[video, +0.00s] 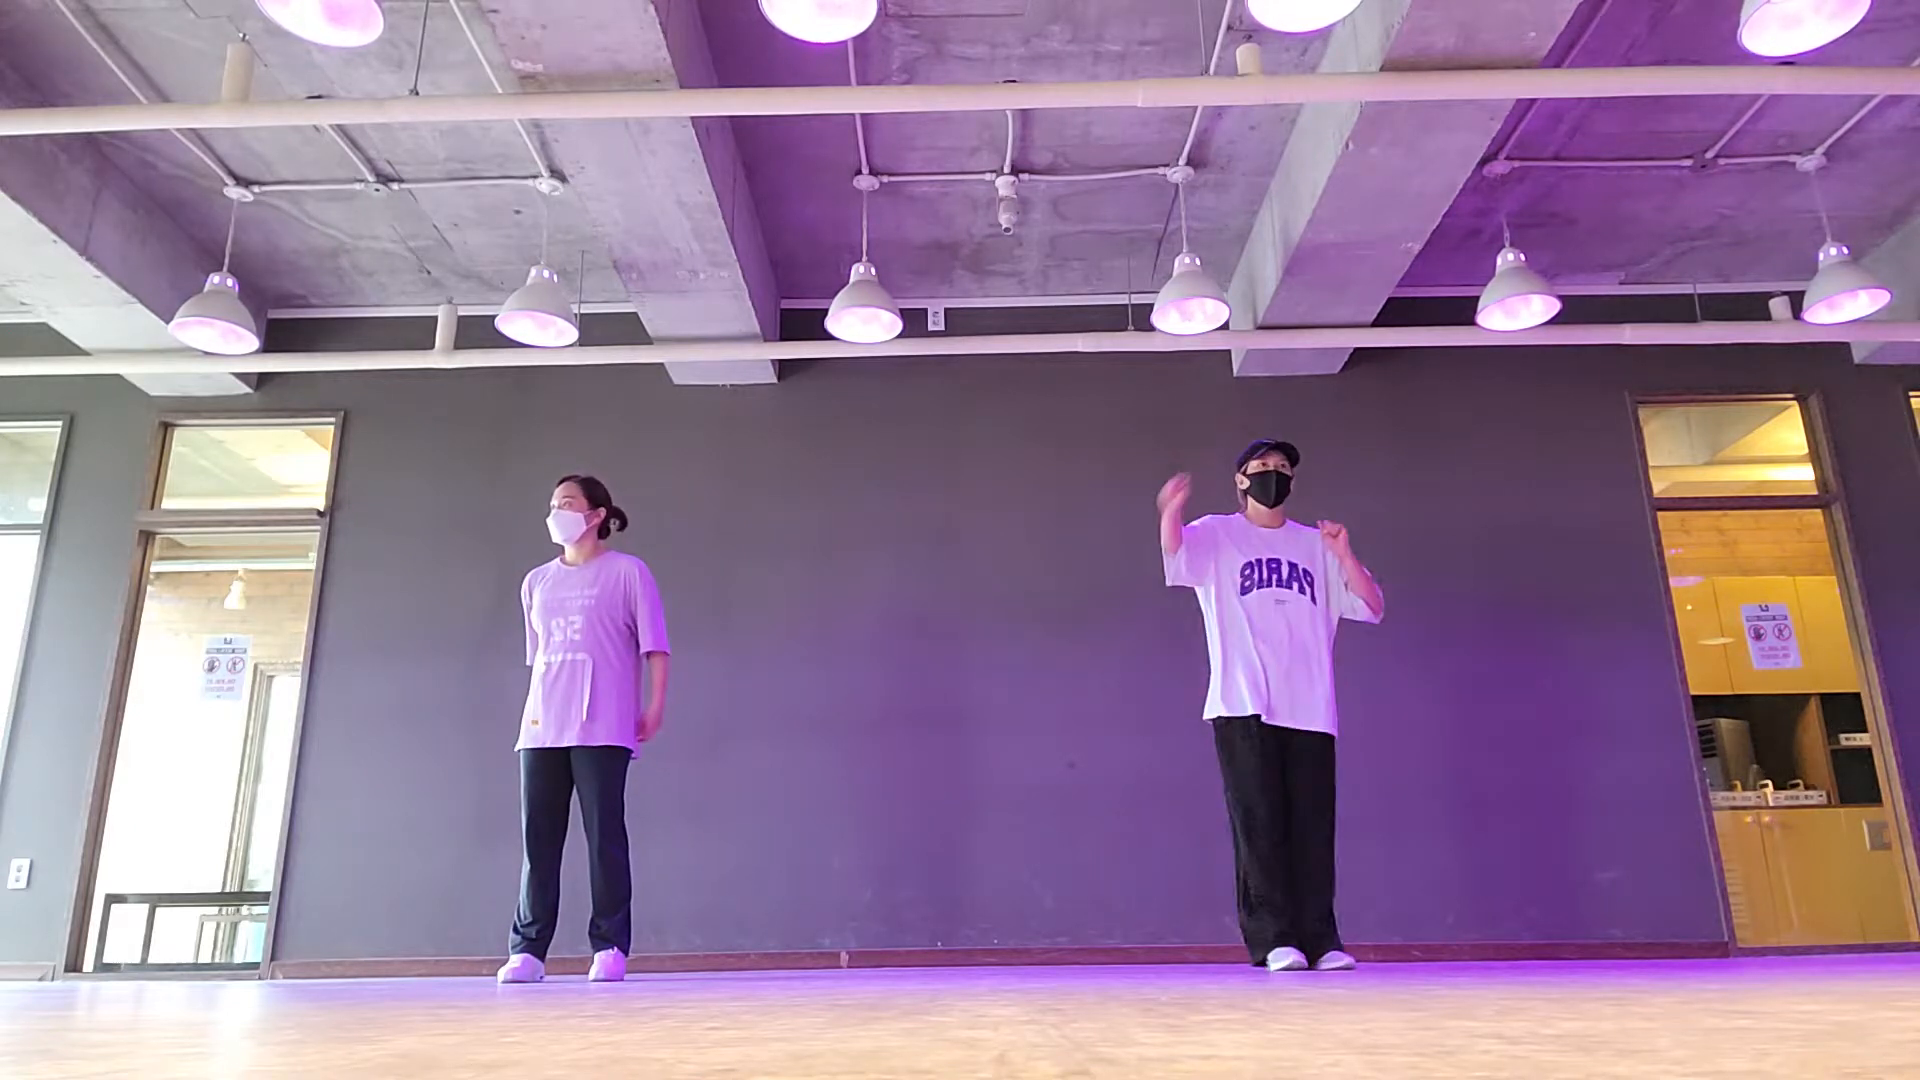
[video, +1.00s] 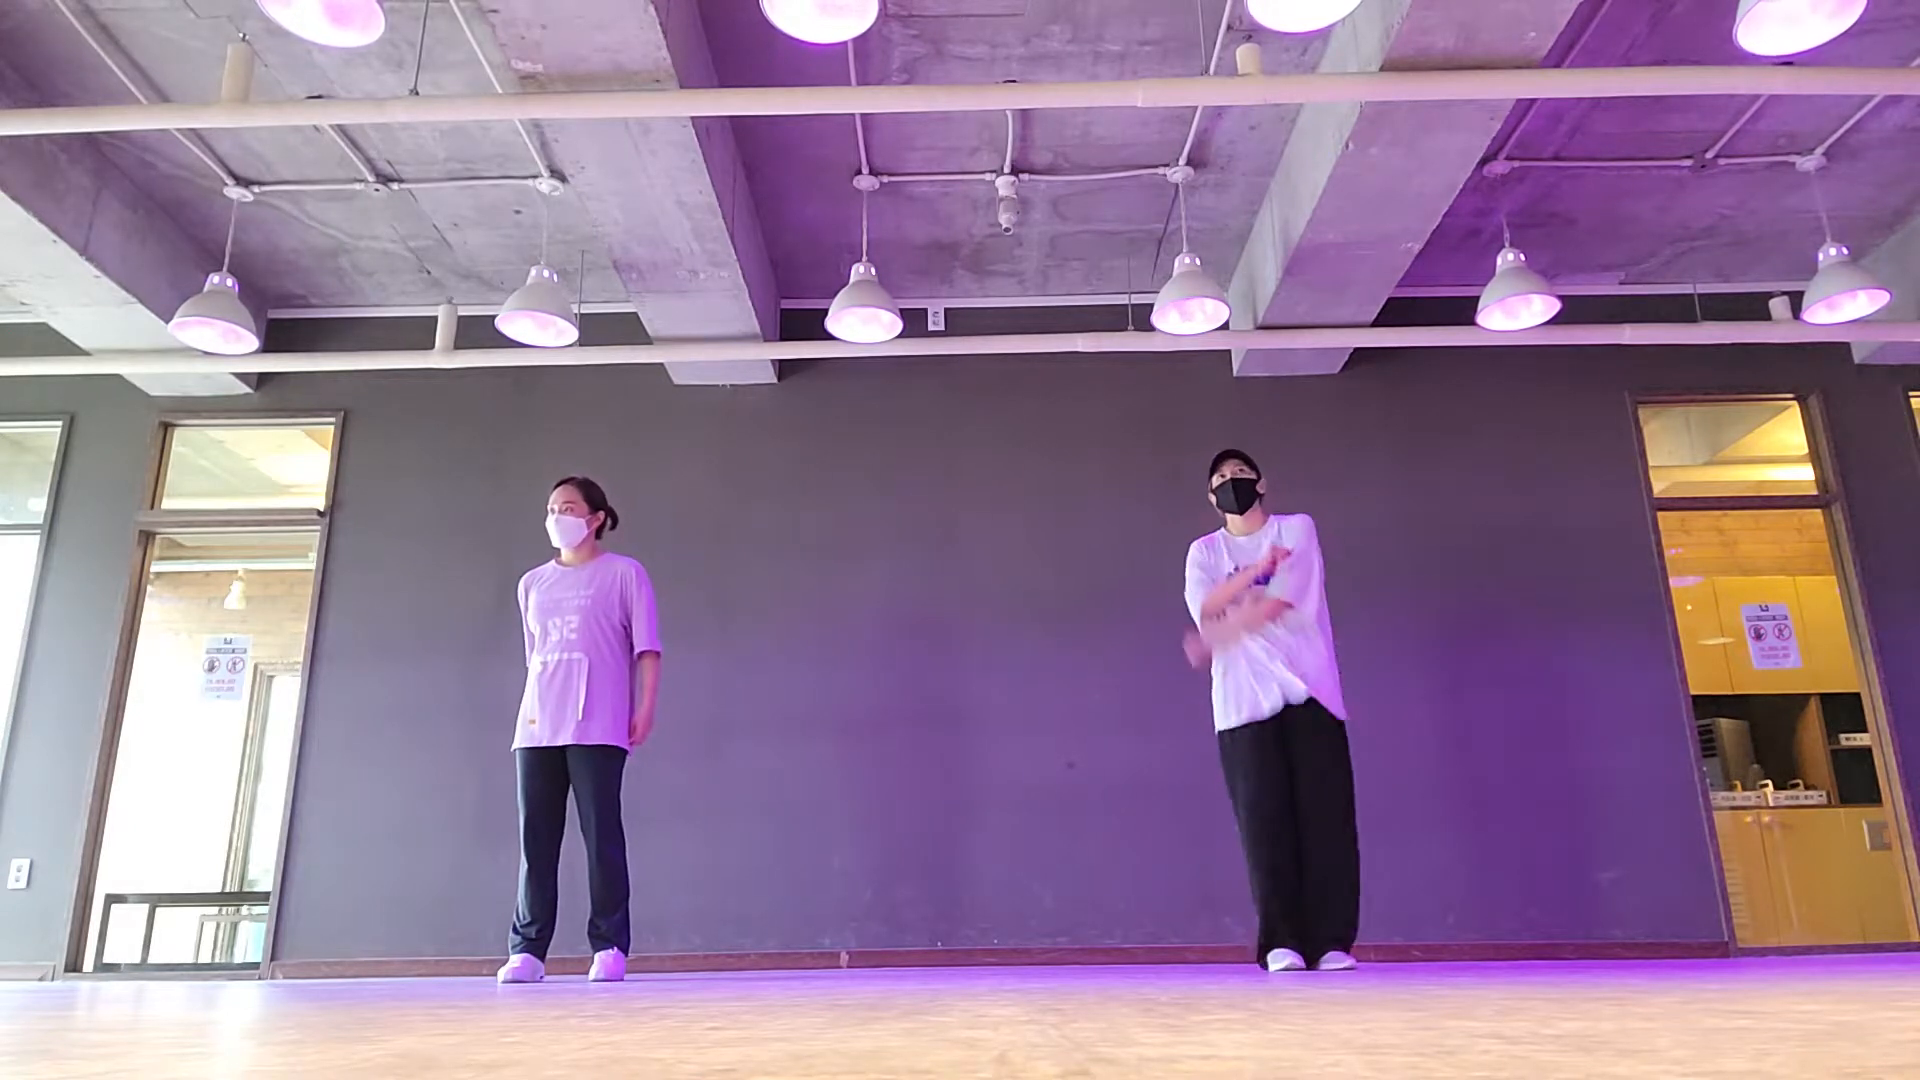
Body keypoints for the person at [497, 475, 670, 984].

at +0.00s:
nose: (556, 513)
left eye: (568, 505)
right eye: (553, 505)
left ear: (598, 516)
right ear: (549, 517)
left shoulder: (628, 572)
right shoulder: (536, 581)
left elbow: (656, 648)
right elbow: (537, 661)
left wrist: (653, 709)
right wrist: (531, 721)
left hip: (603, 722)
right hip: (543, 724)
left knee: (604, 838)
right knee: (538, 840)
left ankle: (609, 948)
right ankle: (527, 950)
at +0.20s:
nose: (556, 515)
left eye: (567, 507)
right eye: (553, 508)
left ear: (597, 517)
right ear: (548, 518)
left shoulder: (628, 571)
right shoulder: (535, 582)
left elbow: (655, 648)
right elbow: (538, 660)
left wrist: (652, 710)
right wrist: (535, 718)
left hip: (603, 721)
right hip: (543, 723)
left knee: (604, 838)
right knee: (538, 839)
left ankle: (609, 948)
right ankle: (527, 950)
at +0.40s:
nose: (556, 515)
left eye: (568, 508)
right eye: (553, 508)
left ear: (598, 518)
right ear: (548, 519)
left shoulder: (628, 572)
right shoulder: (535, 582)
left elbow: (655, 649)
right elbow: (537, 662)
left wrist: (651, 711)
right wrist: (531, 721)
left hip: (603, 722)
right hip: (543, 725)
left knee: (604, 838)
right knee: (538, 840)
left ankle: (609, 948)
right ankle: (527, 950)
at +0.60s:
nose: (557, 515)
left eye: (568, 508)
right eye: (553, 509)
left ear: (598, 518)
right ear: (547, 520)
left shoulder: (627, 572)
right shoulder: (534, 582)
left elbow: (653, 650)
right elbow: (537, 660)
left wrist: (648, 714)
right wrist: (536, 718)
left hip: (602, 723)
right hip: (542, 725)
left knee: (604, 839)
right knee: (538, 841)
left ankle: (609, 948)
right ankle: (527, 950)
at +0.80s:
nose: (556, 515)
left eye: (568, 508)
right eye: (552, 508)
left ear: (597, 519)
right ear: (547, 520)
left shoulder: (626, 572)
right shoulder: (533, 582)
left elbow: (651, 650)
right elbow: (535, 661)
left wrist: (646, 713)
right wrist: (531, 720)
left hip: (600, 722)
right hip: (541, 724)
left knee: (603, 838)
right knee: (537, 841)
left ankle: (609, 948)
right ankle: (527, 950)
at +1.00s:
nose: (555, 517)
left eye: (567, 509)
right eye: (551, 510)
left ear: (596, 520)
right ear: (545, 521)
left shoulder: (625, 573)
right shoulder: (531, 583)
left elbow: (647, 650)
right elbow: (535, 658)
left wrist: (642, 714)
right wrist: (533, 715)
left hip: (598, 722)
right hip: (538, 724)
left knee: (601, 838)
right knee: (535, 841)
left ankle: (609, 948)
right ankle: (527, 951)